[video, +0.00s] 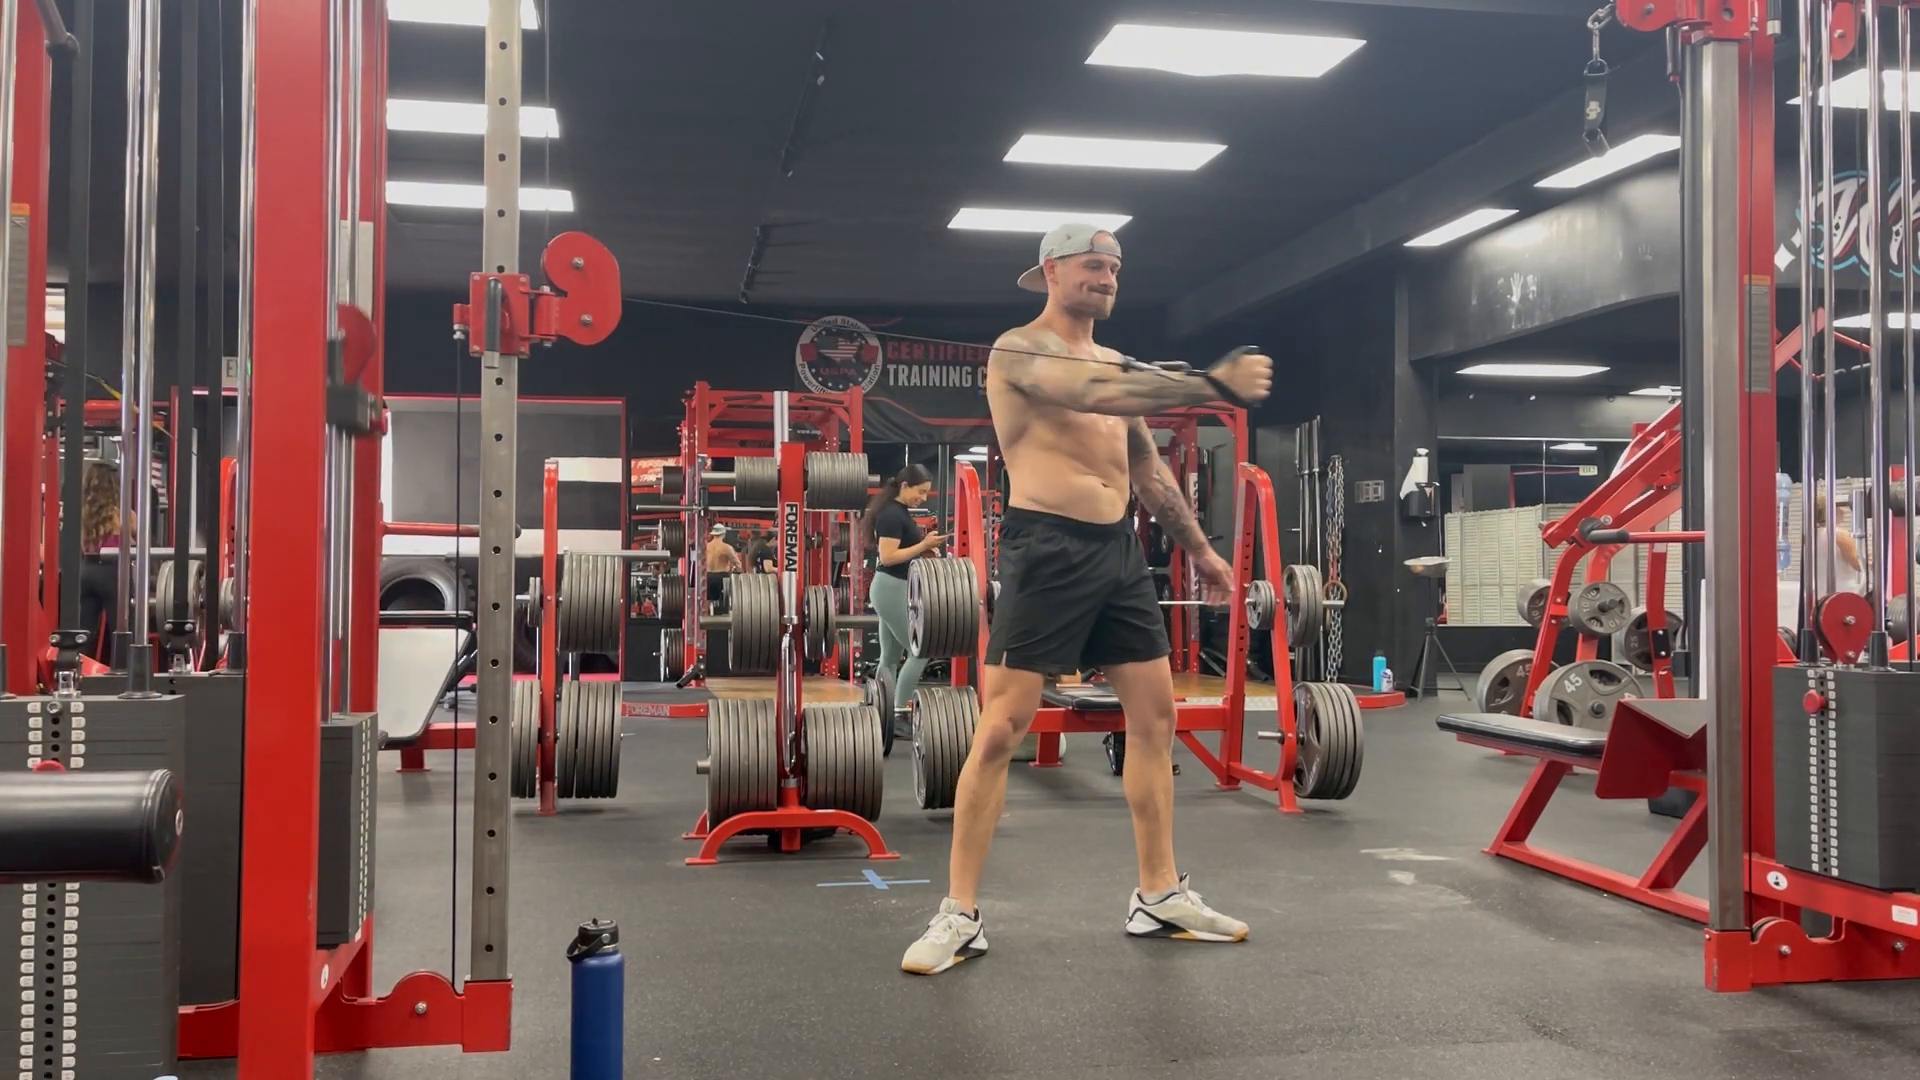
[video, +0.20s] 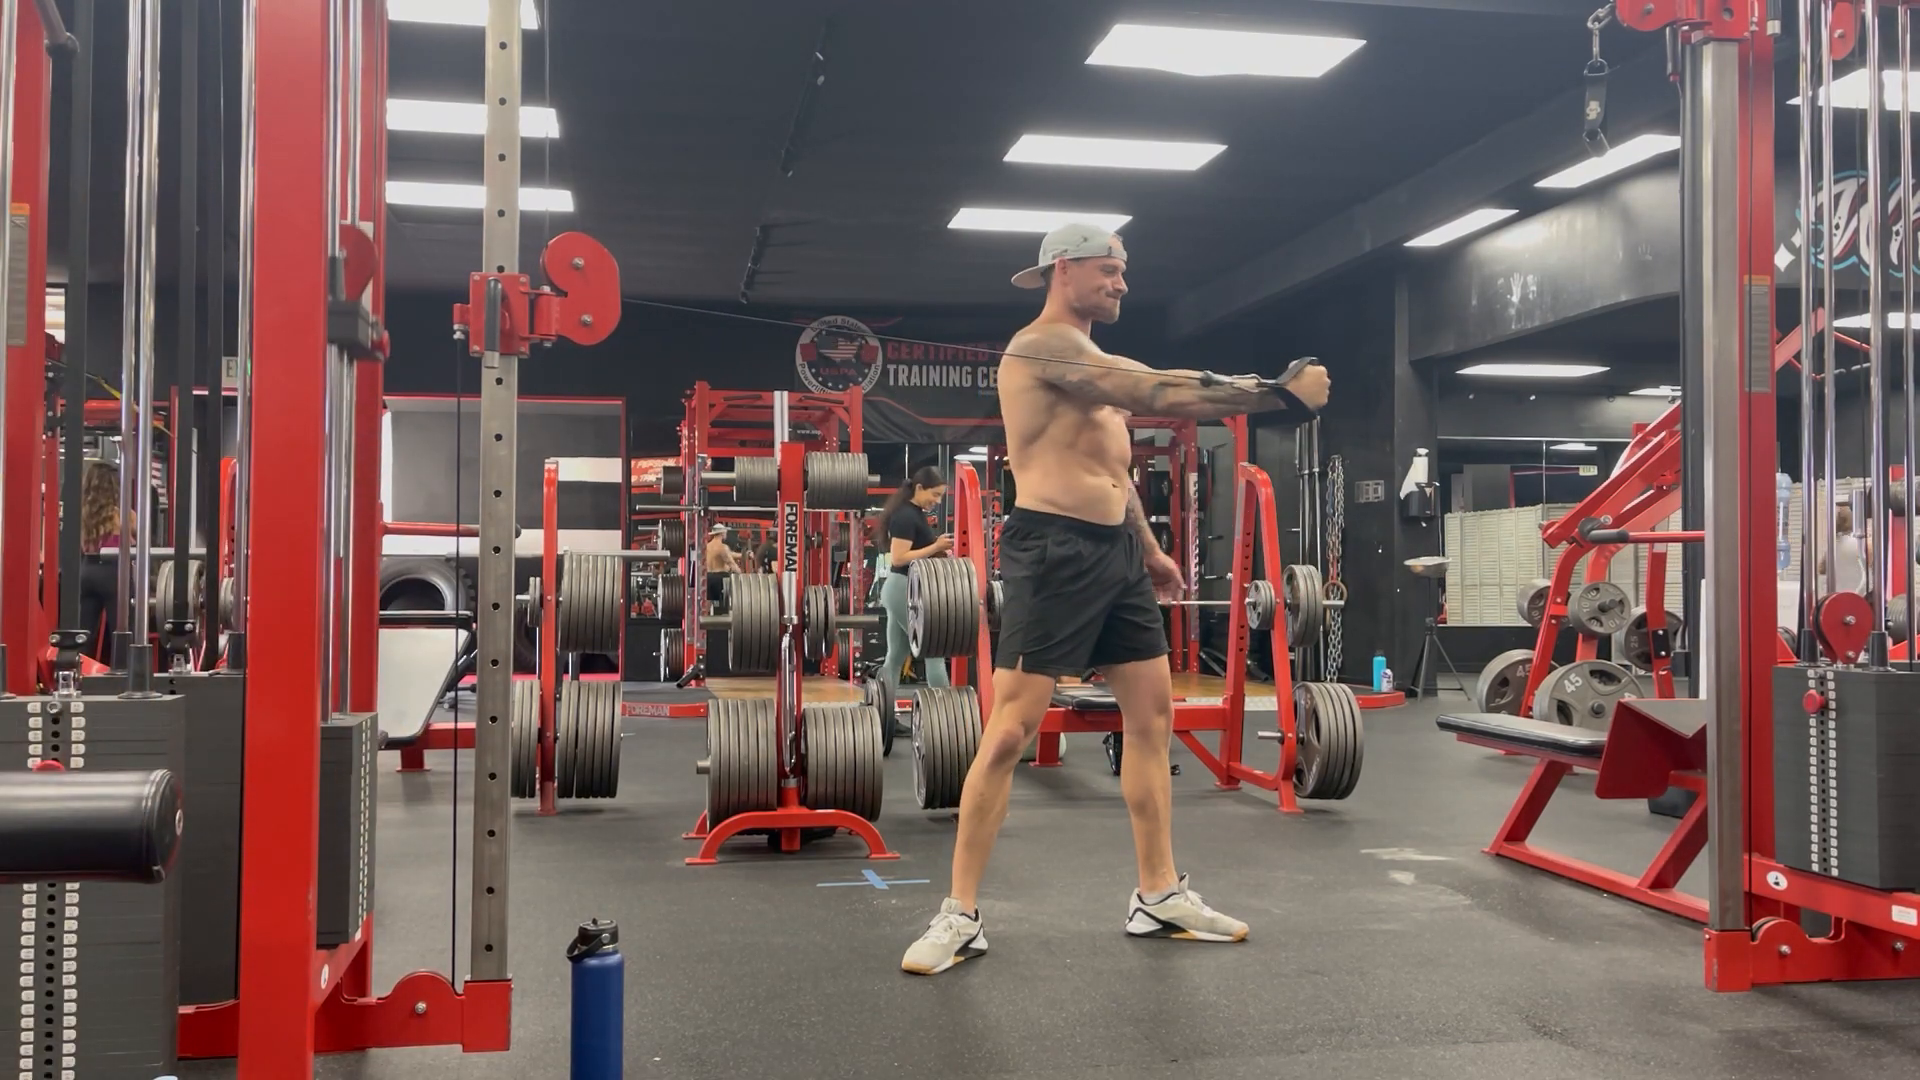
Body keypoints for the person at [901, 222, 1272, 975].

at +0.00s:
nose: (1103, 276)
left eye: (1111, 266)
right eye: (1089, 262)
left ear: (1116, 280)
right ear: (1047, 273)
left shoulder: (1122, 372)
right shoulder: (1016, 348)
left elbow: (1149, 469)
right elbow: (1085, 387)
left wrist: (1201, 549)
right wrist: (1208, 383)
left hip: (1118, 554)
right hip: (1042, 549)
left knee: (1154, 717)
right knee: (999, 731)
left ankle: (1159, 894)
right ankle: (959, 910)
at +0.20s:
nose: (1119, 279)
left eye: (1121, 269)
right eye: (1105, 265)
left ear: (1105, 284)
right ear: (1059, 273)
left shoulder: (1102, 363)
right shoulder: (1037, 346)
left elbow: (1114, 472)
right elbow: (1154, 389)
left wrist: (1149, 549)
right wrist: (1278, 390)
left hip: (1120, 556)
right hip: (1050, 550)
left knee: (1151, 720)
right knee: (1009, 734)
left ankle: (1159, 894)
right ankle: (960, 910)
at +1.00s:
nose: (1105, 279)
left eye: (1112, 271)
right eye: (1090, 266)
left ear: (1112, 286)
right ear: (1047, 276)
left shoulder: (1110, 371)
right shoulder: (1026, 345)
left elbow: (1135, 474)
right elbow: (1129, 388)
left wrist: (1180, 549)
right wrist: (1255, 390)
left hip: (1124, 554)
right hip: (1047, 551)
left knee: (1152, 720)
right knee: (1002, 733)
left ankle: (1158, 894)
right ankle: (960, 910)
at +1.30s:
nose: (1087, 279)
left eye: (1097, 269)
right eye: (1072, 266)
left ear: (1107, 283)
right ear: (1039, 278)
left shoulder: (1127, 370)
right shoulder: (1009, 347)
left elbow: (1173, 471)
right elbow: (1068, 388)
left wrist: (1232, 548)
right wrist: (1180, 382)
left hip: (1126, 555)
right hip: (1043, 551)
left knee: (1155, 718)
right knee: (992, 732)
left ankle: (1158, 895)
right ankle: (959, 910)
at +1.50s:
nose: (1073, 280)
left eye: (1085, 269)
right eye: (1060, 268)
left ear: (1104, 283)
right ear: (1036, 279)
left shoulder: (1126, 361)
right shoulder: (1002, 346)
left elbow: (1192, 468)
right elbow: (1021, 394)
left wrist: (1259, 546)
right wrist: (1112, 376)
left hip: (1124, 552)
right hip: (1039, 550)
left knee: (1156, 718)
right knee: (988, 725)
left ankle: (1158, 894)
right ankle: (960, 910)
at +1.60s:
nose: (1062, 280)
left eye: (1077, 269)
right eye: (1051, 268)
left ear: (1101, 282)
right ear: (1032, 279)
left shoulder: (1138, 368)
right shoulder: (999, 348)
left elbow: (1204, 470)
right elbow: (995, 387)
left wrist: (1272, 544)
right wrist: (1045, 372)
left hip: (1123, 553)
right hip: (1035, 552)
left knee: (1156, 720)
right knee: (984, 727)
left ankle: (1158, 895)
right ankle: (958, 910)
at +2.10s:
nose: (1047, 277)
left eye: (1062, 267)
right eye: (1037, 267)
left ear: (1092, 281)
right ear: (1024, 280)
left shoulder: (1140, 367)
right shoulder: (995, 353)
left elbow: (1213, 460)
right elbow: (945, 394)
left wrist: (1289, 532)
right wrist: (925, 370)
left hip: (1118, 551)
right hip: (1027, 550)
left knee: (1158, 721)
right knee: (979, 725)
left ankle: (1158, 896)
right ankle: (957, 909)